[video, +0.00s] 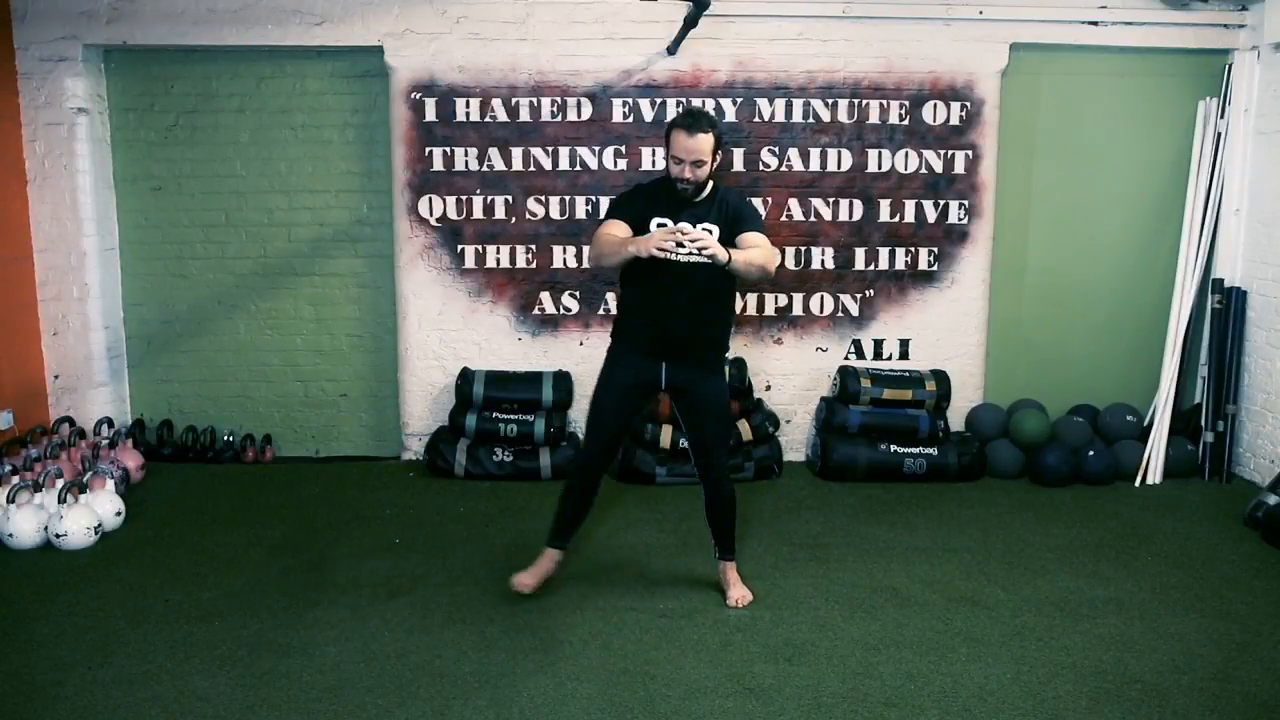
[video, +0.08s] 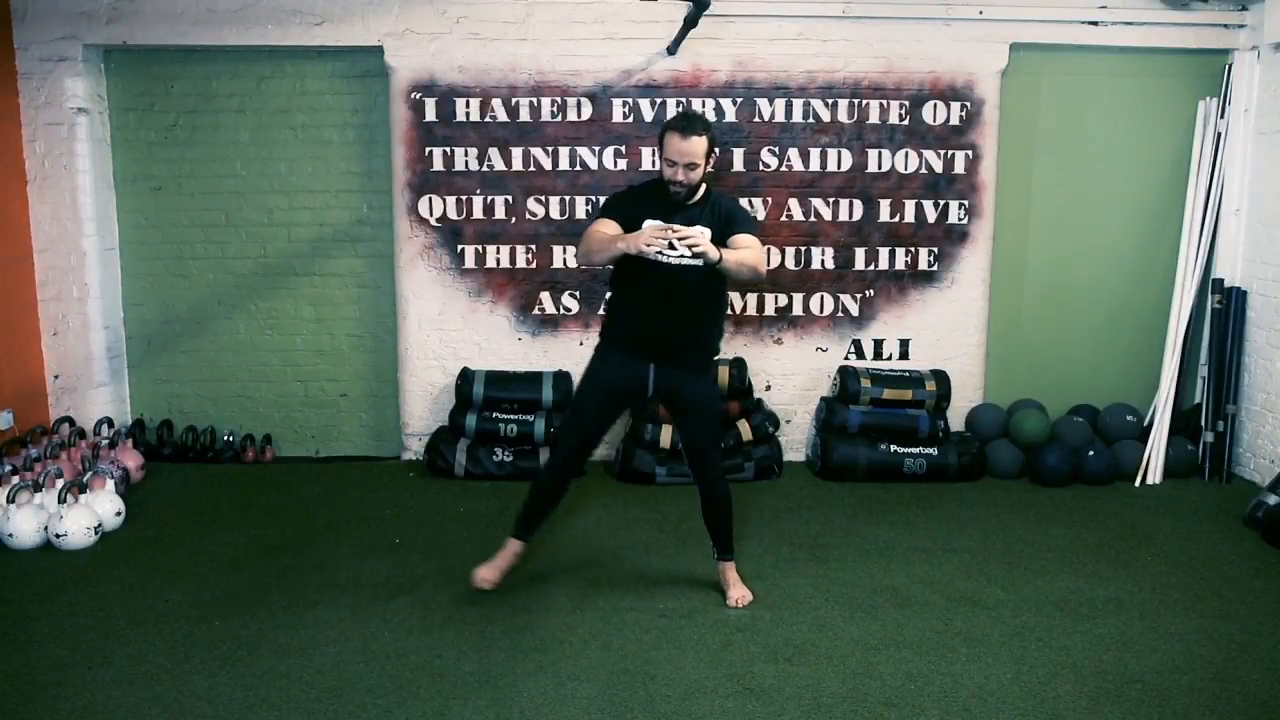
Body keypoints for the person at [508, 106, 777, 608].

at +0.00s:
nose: (686, 172)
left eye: (697, 163)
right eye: (678, 161)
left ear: (716, 159)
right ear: (666, 154)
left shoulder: (733, 207)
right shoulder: (641, 196)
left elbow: (767, 261)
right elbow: (599, 251)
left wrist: (726, 255)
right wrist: (638, 243)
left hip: (700, 357)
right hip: (633, 352)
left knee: (716, 466)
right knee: (594, 452)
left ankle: (728, 564)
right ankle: (553, 552)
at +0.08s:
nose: (679, 176)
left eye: (691, 166)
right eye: (670, 164)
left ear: (710, 162)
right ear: (659, 156)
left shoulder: (726, 211)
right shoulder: (631, 200)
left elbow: (757, 264)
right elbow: (589, 251)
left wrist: (716, 254)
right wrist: (627, 242)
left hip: (690, 361)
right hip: (621, 353)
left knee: (709, 465)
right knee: (569, 448)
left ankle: (727, 564)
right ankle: (513, 547)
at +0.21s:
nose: (658, 183)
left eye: (670, 175)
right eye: (651, 172)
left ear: (689, 170)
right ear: (640, 164)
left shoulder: (702, 219)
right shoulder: (613, 205)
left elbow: (737, 271)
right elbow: (564, 253)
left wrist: (694, 257)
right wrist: (605, 243)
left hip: (664, 369)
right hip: (595, 359)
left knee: (695, 468)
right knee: (532, 447)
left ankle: (725, 565)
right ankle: (462, 541)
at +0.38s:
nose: (605, 213)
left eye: (617, 206)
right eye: (598, 202)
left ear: (637, 199)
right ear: (588, 189)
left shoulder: (649, 240)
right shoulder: (559, 229)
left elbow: (682, 295)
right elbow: (510, 273)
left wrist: (642, 276)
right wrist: (554, 262)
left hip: (617, 389)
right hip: (545, 382)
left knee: (664, 476)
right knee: (472, 464)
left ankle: (721, 566)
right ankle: (413, 564)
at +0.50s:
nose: (549, 254)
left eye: (561, 246)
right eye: (542, 243)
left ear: (581, 238)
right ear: (530, 234)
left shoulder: (600, 280)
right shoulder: (509, 267)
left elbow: (628, 334)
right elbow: (454, 308)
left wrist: (585, 313)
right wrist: (502, 297)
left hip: (570, 413)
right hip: (497, 409)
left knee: (638, 485)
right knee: (417, 475)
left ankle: (715, 566)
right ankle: (413, 570)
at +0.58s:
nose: (512, 288)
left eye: (523, 281)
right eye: (505, 278)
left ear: (544, 270)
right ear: (494, 264)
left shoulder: (559, 306)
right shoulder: (472, 295)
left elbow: (592, 363)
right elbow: (418, 340)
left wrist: (547, 342)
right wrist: (467, 326)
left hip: (548, 432)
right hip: (474, 428)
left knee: (620, 499)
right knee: (394, 486)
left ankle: (710, 567)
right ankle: (413, 574)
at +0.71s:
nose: (468, 337)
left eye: (479, 328)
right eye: (461, 326)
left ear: (499, 317)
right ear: (450, 314)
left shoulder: (520, 346)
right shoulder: (430, 342)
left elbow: (549, 406)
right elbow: (378, 390)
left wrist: (500, 388)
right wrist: (419, 372)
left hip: (523, 453)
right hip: (452, 450)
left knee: (602, 513)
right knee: (373, 496)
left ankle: (704, 568)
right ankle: (413, 574)